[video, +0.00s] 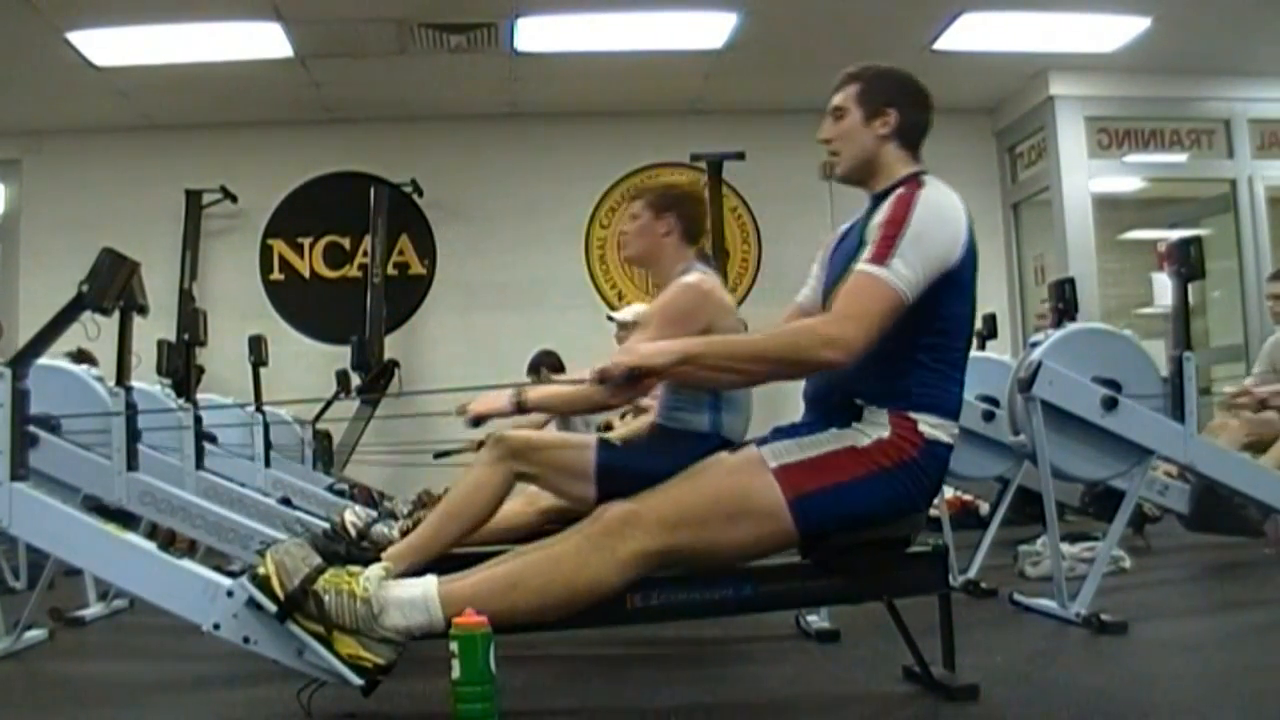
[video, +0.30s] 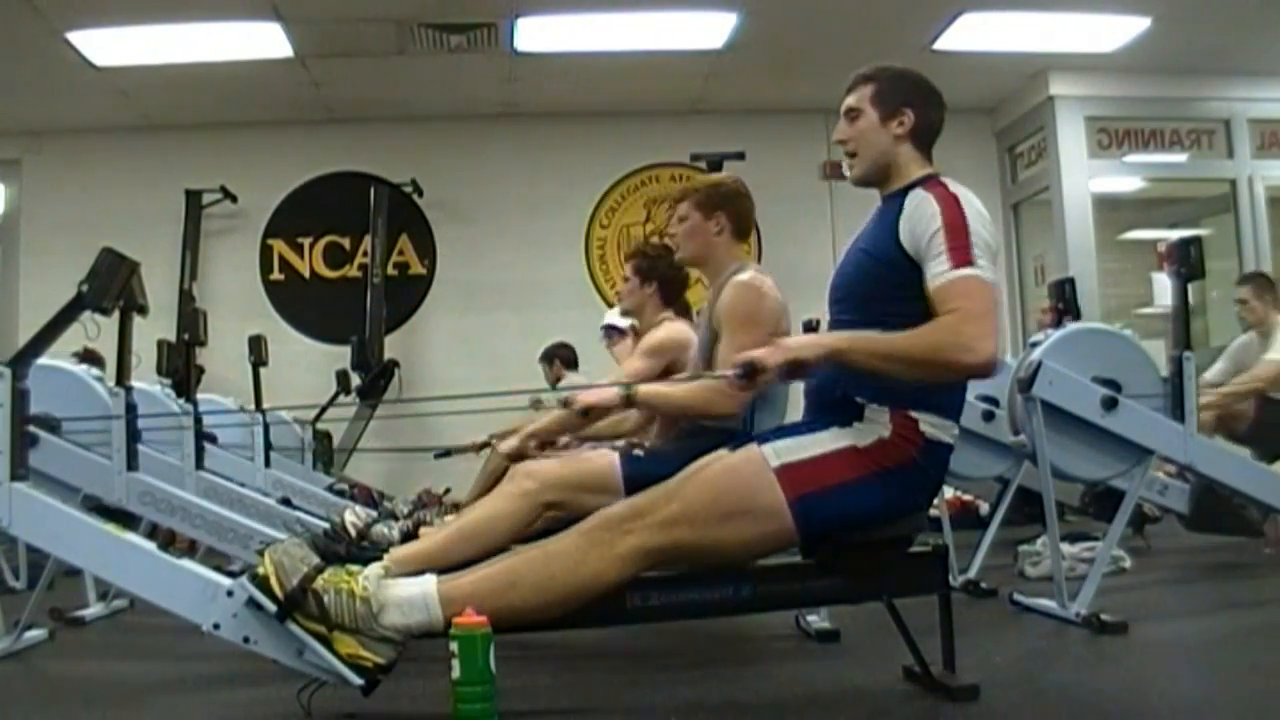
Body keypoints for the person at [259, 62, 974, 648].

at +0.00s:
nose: (822, 129)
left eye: (836, 115)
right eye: (826, 115)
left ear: (884, 124)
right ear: (873, 127)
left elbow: (837, 344)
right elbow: (789, 338)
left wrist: (662, 363)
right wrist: (665, 366)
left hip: (888, 441)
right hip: (830, 434)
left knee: (635, 525)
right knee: (609, 517)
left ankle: (396, 611)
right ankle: (397, 602)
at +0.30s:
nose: (836, 143)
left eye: (848, 124)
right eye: (837, 128)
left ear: (899, 122)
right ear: (892, 127)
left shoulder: (934, 199)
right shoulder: (892, 217)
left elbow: (975, 342)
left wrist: (821, 346)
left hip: (885, 440)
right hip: (849, 433)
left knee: (645, 524)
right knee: (633, 517)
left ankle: (398, 612)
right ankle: (397, 604)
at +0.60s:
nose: (810, 136)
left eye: (821, 119)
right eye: (812, 123)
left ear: (870, 121)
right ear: (870, 129)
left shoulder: (916, 201)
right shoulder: (871, 222)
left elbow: (1009, 341)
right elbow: (837, 369)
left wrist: (852, 353)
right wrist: (739, 392)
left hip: (889, 444)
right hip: (849, 436)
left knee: (639, 518)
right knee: (615, 507)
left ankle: (408, 608)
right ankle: (401, 592)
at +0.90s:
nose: (736, 145)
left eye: (747, 126)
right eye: (738, 130)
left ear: (793, 125)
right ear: (790, 130)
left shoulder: (843, 204)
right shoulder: (805, 221)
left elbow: (797, 373)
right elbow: (765, 369)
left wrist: (638, 407)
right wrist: (644, 399)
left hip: (871, 444)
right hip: (823, 437)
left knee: (618, 484)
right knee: (601, 469)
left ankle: (398, 613)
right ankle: (389, 589)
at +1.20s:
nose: (582, 163)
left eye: (593, 143)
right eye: (586, 146)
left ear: (637, 147)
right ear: (639, 149)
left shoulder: (696, 224)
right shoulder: (673, 231)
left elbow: (563, 373)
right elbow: (584, 379)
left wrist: (428, 443)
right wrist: (456, 452)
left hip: (788, 455)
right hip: (748, 448)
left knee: (551, 408)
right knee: (536, 428)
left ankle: (391, 604)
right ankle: (388, 597)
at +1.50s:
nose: (431, 177)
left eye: (440, 160)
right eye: (434, 161)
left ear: (476, 164)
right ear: (486, 168)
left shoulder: (533, 242)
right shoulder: (502, 252)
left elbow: (385, 378)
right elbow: (408, 391)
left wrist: (261, 460)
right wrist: (306, 471)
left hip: (655, 464)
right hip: (629, 457)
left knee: (440, 378)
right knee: (438, 374)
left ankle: (385, 600)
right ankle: (384, 581)